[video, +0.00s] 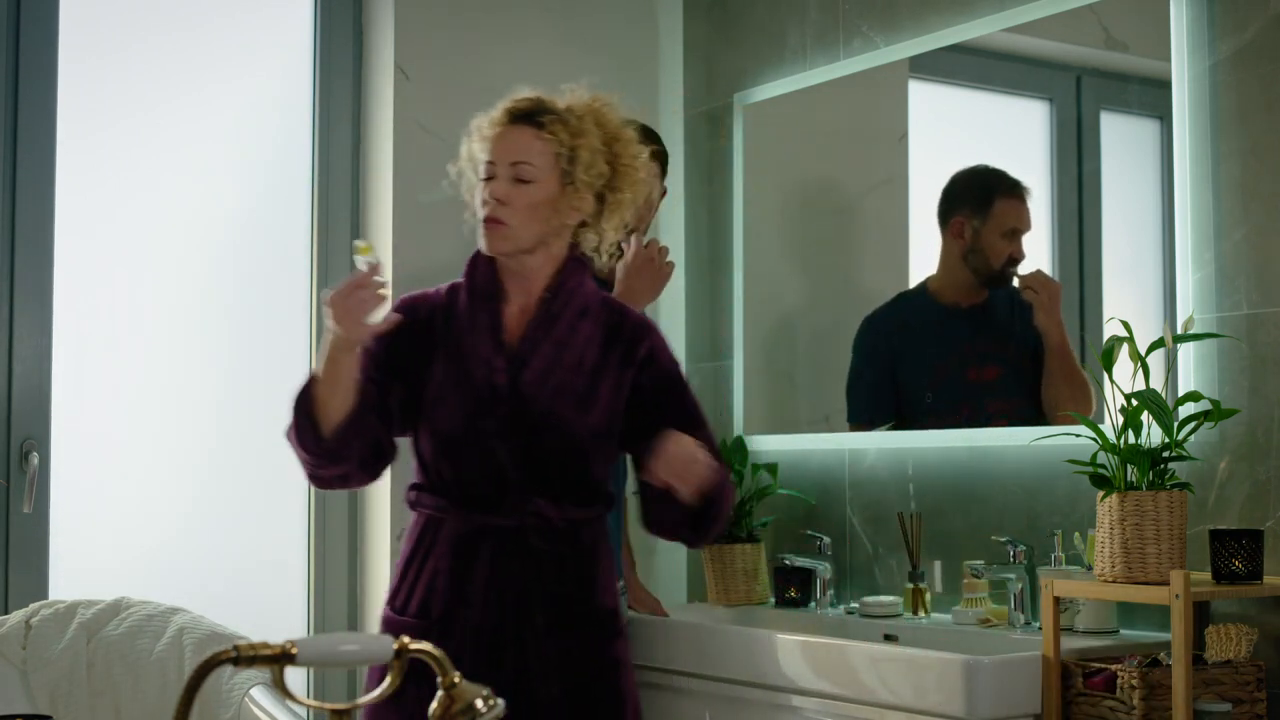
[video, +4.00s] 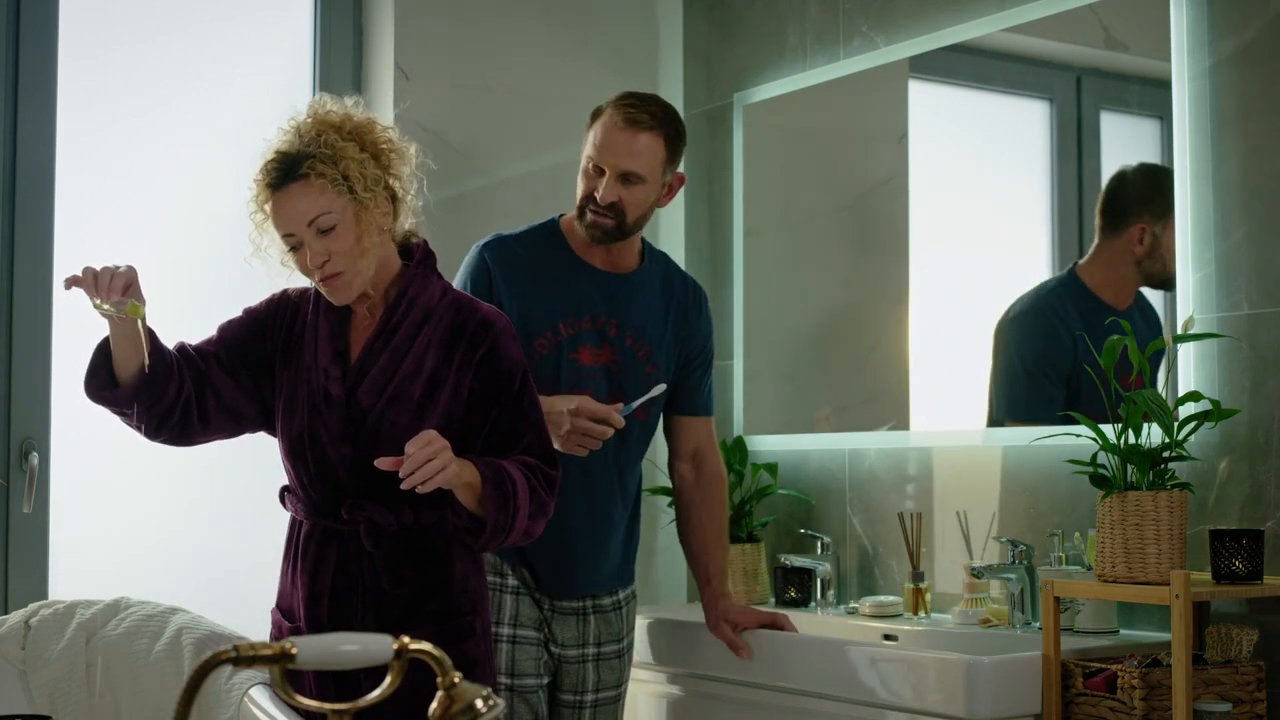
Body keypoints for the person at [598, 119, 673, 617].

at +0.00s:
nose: (661, 197)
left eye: (662, 183)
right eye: (654, 181)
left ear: (655, 193)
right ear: (620, 185)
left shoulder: (615, 277)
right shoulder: (559, 277)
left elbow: (612, 445)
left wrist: (629, 574)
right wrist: (626, 302)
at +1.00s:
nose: (650, 217)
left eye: (666, 202)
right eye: (636, 196)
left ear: (678, 206)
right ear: (597, 187)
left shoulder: (630, 301)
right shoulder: (537, 273)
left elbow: (609, 453)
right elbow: (560, 408)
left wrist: (625, 581)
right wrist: (652, 309)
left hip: (600, 578)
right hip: (535, 569)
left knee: (589, 710)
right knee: (554, 712)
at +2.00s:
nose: (721, 250)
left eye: (728, 235)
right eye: (716, 226)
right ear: (664, 204)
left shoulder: (631, 303)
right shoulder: (573, 273)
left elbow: (597, 467)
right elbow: (598, 413)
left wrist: (623, 581)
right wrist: (697, 341)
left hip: (597, 574)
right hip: (545, 568)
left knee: (591, 706)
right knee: (564, 710)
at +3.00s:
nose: (652, 197)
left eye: (665, 182)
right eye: (634, 178)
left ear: (676, 189)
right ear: (592, 182)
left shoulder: (633, 302)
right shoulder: (534, 279)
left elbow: (605, 452)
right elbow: (505, 415)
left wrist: (620, 571)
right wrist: (635, 394)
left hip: (602, 573)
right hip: (538, 565)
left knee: (591, 709)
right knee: (566, 711)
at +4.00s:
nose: (602, 193)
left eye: (629, 181)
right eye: (595, 170)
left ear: (669, 188)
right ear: (581, 157)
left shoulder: (680, 302)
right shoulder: (500, 267)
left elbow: (696, 460)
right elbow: (447, 405)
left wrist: (716, 596)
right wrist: (535, 416)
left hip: (601, 577)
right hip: (498, 563)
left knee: (592, 710)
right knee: (502, 713)